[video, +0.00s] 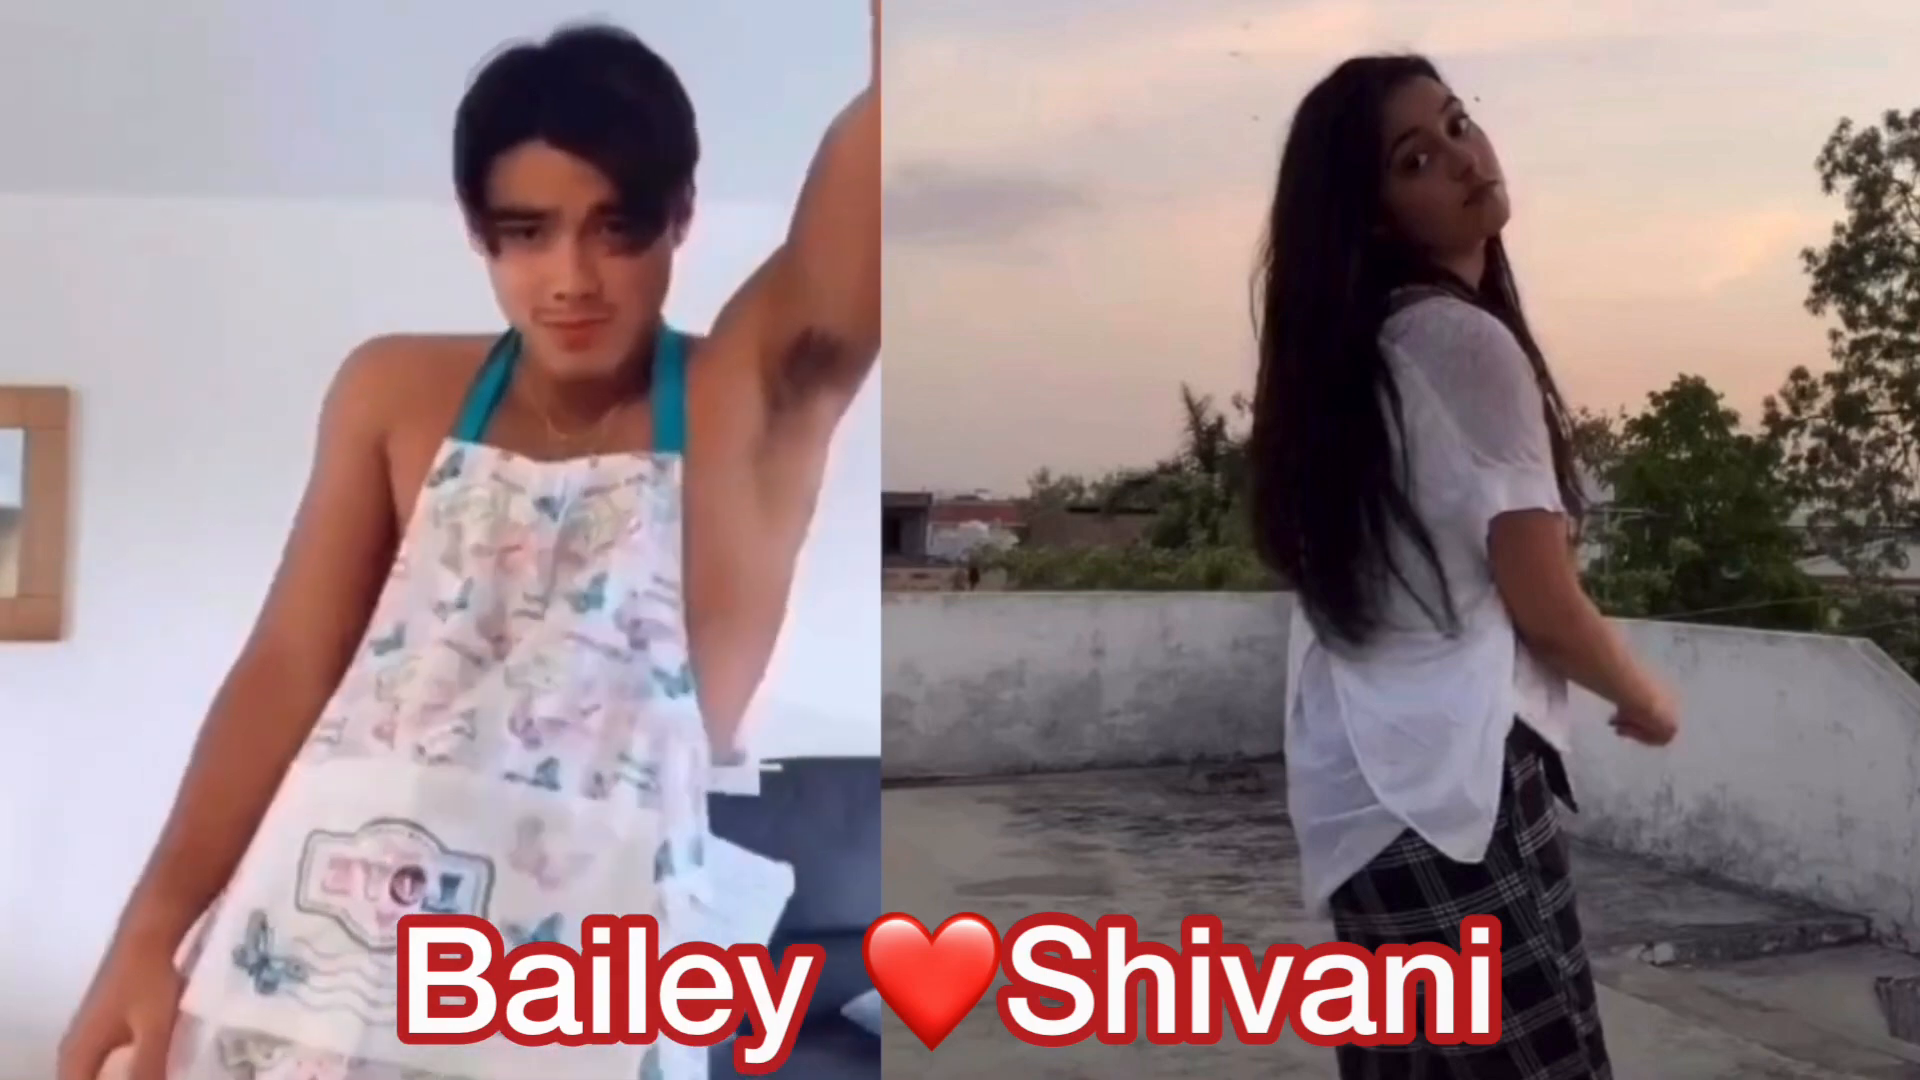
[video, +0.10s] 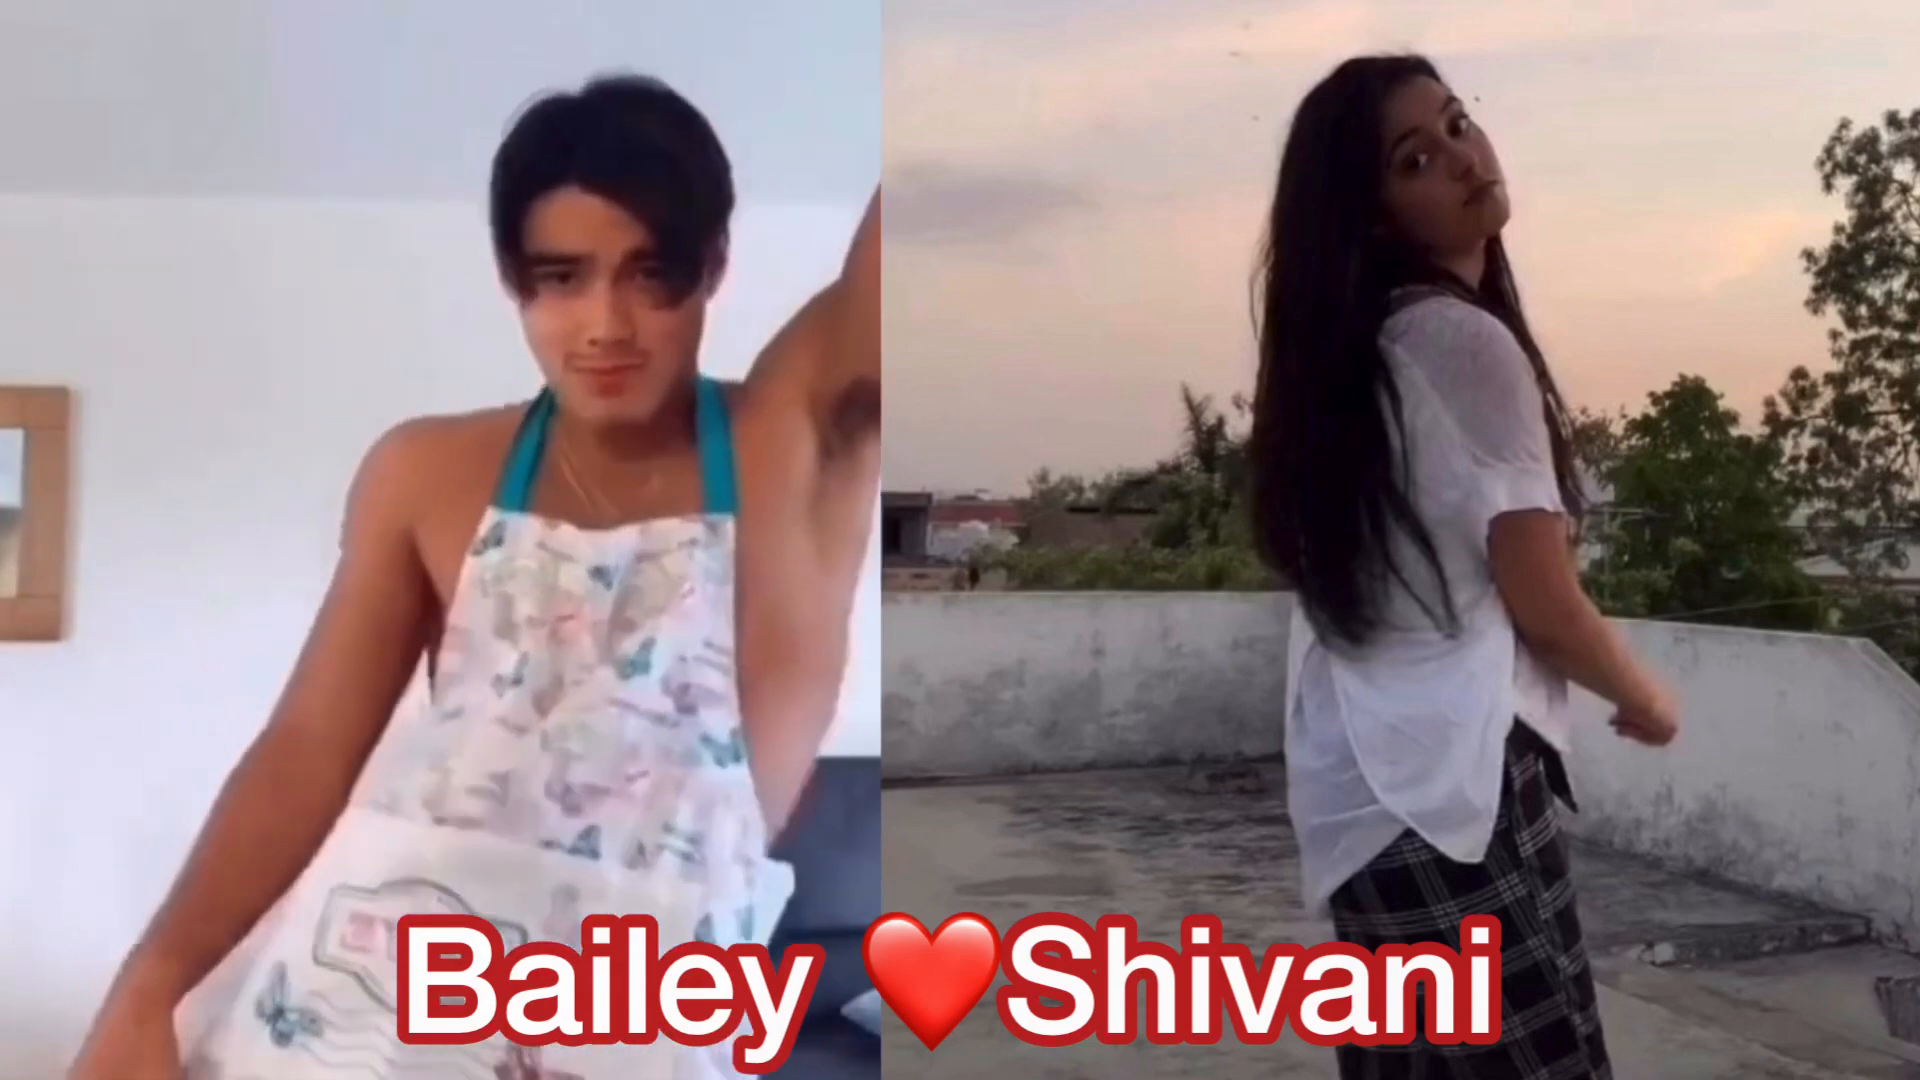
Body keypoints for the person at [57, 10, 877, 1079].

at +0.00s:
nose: (572, 278)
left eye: (617, 227)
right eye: (525, 231)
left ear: (682, 220)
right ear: (479, 235)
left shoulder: (767, 391)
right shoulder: (394, 391)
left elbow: (910, 106)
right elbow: (282, 676)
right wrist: (148, 940)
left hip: (604, 966)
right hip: (324, 938)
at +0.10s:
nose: (604, 323)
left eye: (649, 272)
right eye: (562, 276)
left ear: (710, 272)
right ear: (516, 284)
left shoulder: (804, 430)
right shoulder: (427, 472)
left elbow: (949, 159)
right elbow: (303, 760)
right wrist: (148, 988)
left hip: (661, 995)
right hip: (390, 958)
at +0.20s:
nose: (624, 353)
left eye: (671, 303)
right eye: (579, 308)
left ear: (735, 305)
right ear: (533, 315)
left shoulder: (818, 450)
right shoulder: (451, 549)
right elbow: (321, 820)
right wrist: (157, 1041)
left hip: (758, 1022)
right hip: (507, 1012)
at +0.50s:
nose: (600, 356)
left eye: (649, 309)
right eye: (553, 305)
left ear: (705, 322)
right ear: (498, 310)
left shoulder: (783, 444)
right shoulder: (388, 574)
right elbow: (368, 918)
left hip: (824, 1036)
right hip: (576, 1051)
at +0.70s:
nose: (552, 270)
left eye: (608, 221)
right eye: (509, 213)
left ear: (658, 221)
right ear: (447, 208)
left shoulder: (717, 325)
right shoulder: (340, 445)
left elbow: (907, 81)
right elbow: (352, 772)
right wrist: (400, 1055)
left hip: (791, 921)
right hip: (551, 970)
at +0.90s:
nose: (497, 278)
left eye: (547, 230)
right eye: (456, 227)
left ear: (603, 226)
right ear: (401, 218)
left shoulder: (650, 333)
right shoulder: (299, 399)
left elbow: (835, 122)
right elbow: (264, 740)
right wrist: (319, 1029)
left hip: (709, 906)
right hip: (483, 951)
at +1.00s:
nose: (478, 341)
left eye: (524, 299)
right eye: (439, 293)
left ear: (577, 299)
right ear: (387, 292)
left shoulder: (620, 424)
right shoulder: (287, 446)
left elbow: (813, 241)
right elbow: (209, 762)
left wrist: (857, 3)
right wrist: (236, 1049)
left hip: (608, 1002)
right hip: (383, 1012)